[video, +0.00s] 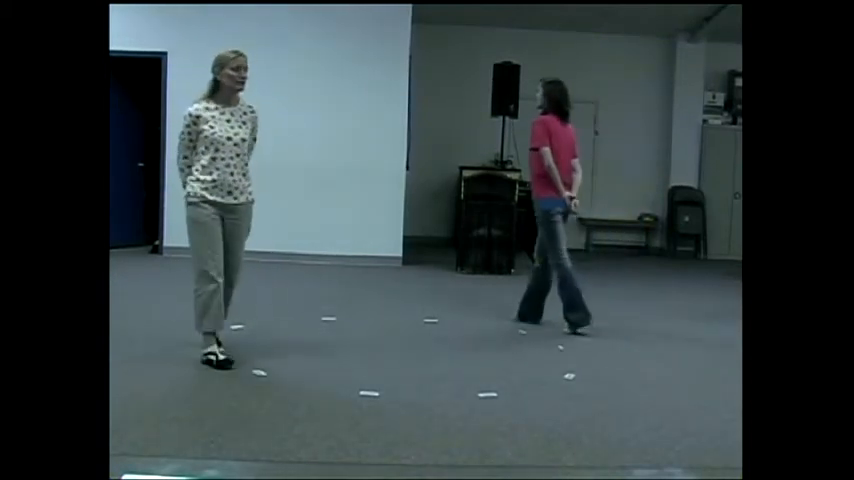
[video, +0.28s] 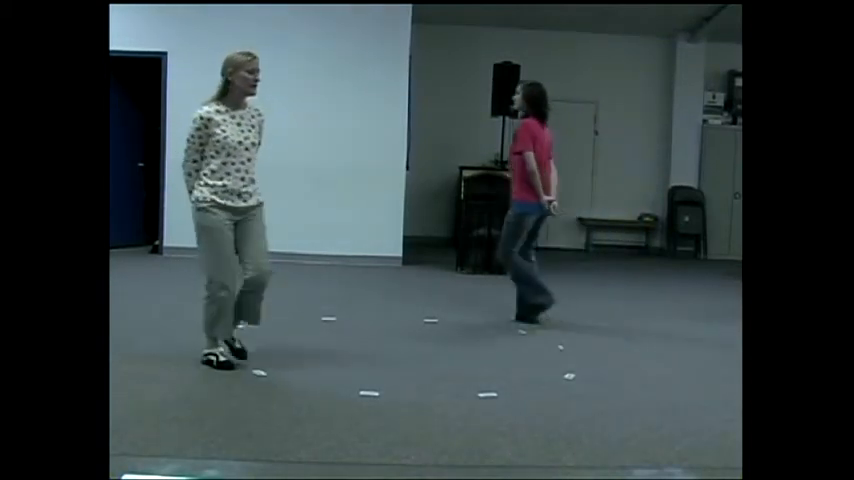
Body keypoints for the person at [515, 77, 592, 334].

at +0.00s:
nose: (537, 98)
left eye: (540, 94)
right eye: (539, 93)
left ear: (547, 98)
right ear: (562, 100)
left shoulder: (541, 124)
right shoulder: (569, 128)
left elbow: (548, 161)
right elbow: (576, 167)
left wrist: (563, 191)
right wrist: (574, 194)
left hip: (546, 199)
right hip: (563, 199)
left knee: (560, 258)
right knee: (543, 257)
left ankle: (578, 316)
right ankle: (529, 312)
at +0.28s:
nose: (514, 98)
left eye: (518, 95)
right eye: (515, 94)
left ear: (527, 100)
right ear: (538, 102)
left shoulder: (525, 128)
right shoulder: (544, 130)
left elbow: (531, 166)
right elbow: (551, 166)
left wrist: (542, 195)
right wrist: (553, 196)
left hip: (523, 203)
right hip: (540, 202)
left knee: (507, 253)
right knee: (525, 253)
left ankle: (540, 297)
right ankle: (525, 310)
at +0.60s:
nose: (484, 99)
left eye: (488, 95)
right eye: (485, 94)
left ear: (498, 99)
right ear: (505, 100)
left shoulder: (496, 128)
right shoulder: (512, 129)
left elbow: (503, 162)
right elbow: (520, 164)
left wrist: (514, 191)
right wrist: (520, 190)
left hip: (494, 201)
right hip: (511, 200)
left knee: (481, 257)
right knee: (515, 255)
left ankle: (460, 305)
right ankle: (528, 312)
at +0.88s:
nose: (457, 96)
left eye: (461, 93)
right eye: (457, 92)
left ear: (471, 97)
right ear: (478, 98)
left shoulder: (466, 125)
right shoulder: (481, 126)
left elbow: (472, 159)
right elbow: (487, 162)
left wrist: (481, 188)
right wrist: (486, 188)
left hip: (461, 196)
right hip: (473, 196)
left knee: (462, 253)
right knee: (466, 250)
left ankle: (457, 307)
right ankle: (495, 298)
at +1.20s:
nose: (426, 94)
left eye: (431, 90)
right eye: (428, 90)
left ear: (442, 96)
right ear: (443, 97)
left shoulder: (442, 123)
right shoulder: (442, 123)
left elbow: (452, 156)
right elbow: (449, 158)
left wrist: (458, 189)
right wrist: (456, 190)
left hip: (440, 194)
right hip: (434, 194)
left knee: (444, 252)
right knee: (416, 250)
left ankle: (456, 306)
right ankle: (395, 299)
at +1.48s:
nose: (409, 92)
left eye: (413, 87)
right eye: (410, 87)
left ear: (425, 92)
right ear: (423, 93)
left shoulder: (427, 121)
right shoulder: (418, 121)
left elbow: (436, 156)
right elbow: (423, 156)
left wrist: (436, 186)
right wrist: (432, 186)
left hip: (416, 190)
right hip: (408, 189)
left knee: (399, 245)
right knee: (398, 246)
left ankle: (433, 290)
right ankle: (397, 301)